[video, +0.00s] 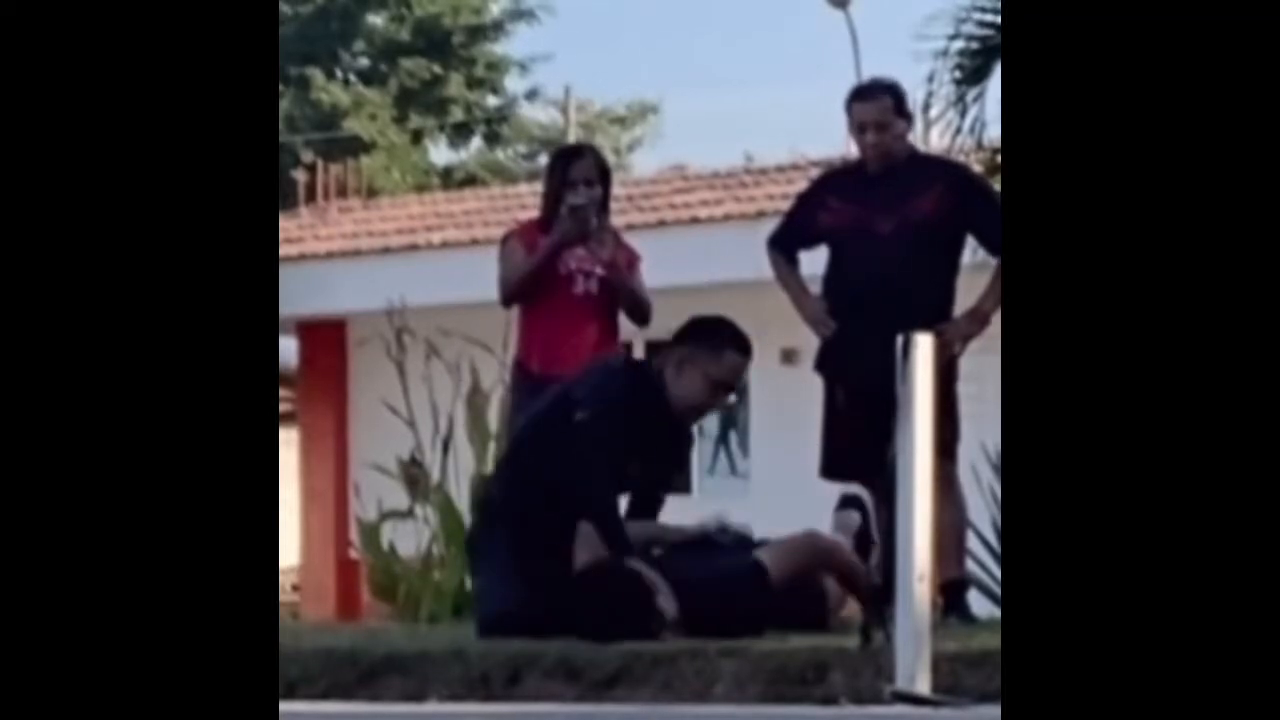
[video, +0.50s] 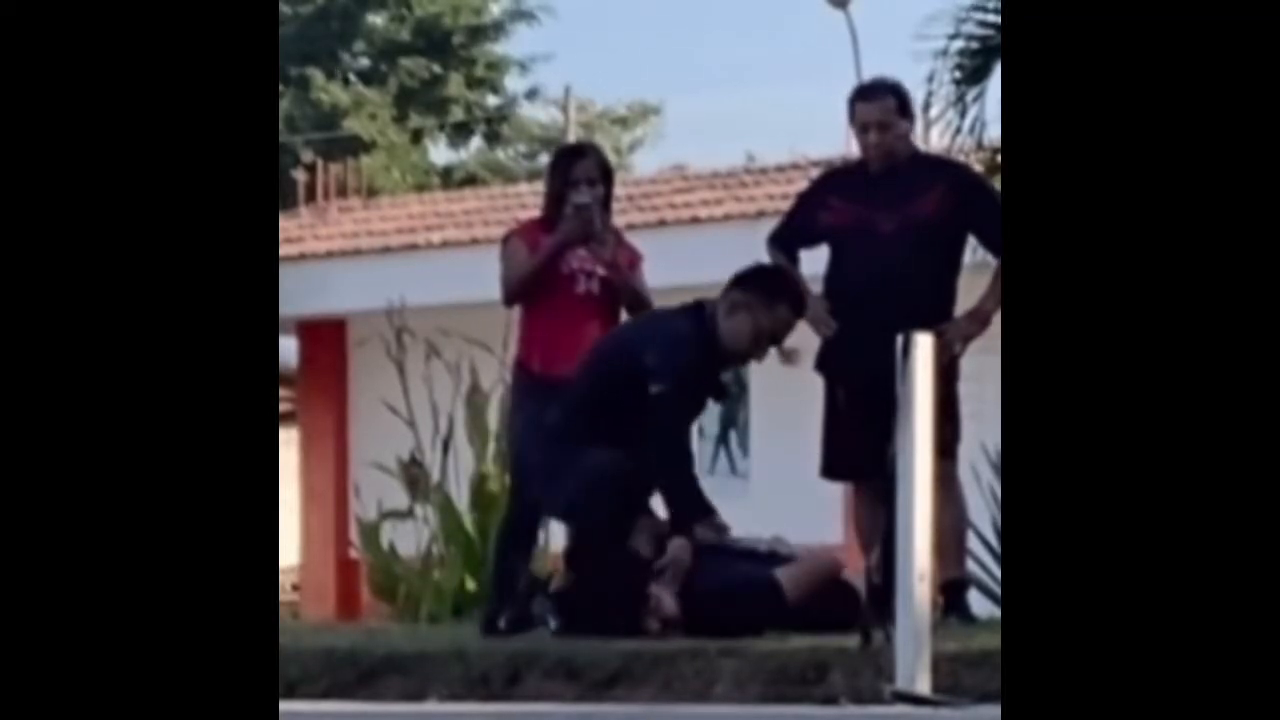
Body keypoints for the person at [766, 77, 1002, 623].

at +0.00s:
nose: (871, 140)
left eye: (881, 127)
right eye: (860, 129)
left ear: (906, 125)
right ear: (850, 132)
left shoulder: (950, 182)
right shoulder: (834, 188)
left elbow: (1003, 249)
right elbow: (779, 248)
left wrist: (975, 319)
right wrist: (813, 313)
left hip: (925, 353)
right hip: (853, 353)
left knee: (935, 475)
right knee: (865, 482)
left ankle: (952, 594)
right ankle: (873, 603)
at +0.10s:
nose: (872, 140)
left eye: (883, 128)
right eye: (862, 129)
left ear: (907, 125)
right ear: (851, 132)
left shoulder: (950, 182)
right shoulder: (834, 188)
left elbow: (1003, 249)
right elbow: (780, 247)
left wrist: (975, 319)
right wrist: (813, 312)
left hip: (926, 352)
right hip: (854, 351)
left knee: (936, 474)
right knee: (865, 481)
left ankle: (951, 592)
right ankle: (872, 595)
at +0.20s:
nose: (872, 141)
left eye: (883, 128)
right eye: (862, 130)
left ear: (908, 126)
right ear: (851, 132)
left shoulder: (951, 182)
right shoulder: (834, 188)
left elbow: (1003, 250)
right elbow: (780, 246)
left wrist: (976, 318)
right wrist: (809, 306)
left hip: (926, 353)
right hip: (854, 353)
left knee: (935, 475)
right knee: (864, 480)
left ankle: (951, 588)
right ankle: (873, 589)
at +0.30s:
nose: (873, 140)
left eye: (884, 127)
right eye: (862, 129)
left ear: (909, 126)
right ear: (852, 132)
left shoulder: (951, 182)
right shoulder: (835, 188)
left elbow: (1004, 250)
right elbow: (780, 246)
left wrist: (976, 319)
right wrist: (812, 308)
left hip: (926, 352)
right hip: (854, 352)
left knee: (936, 475)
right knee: (864, 481)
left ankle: (952, 591)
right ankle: (872, 593)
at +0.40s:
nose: (874, 140)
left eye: (884, 127)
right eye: (863, 129)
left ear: (909, 125)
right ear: (852, 132)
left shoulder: (951, 182)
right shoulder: (835, 188)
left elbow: (1003, 250)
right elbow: (780, 245)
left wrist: (976, 319)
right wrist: (811, 307)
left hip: (926, 352)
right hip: (854, 352)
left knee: (936, 474)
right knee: (865, 481)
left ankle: (951, 590)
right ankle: (875, 592)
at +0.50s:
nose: (873, 140)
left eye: (884, 127)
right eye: (863, 129)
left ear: (909, 125)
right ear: (852, 132)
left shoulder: (951, 182)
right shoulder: (835, 188)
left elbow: (1003, 250)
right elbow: (780, 245)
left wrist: (977, 318)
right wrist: (810, 306)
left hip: (926, 353)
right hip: (854, 352)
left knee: (936, 474)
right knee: (865, 481)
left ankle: (952, 591)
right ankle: (877, 593)